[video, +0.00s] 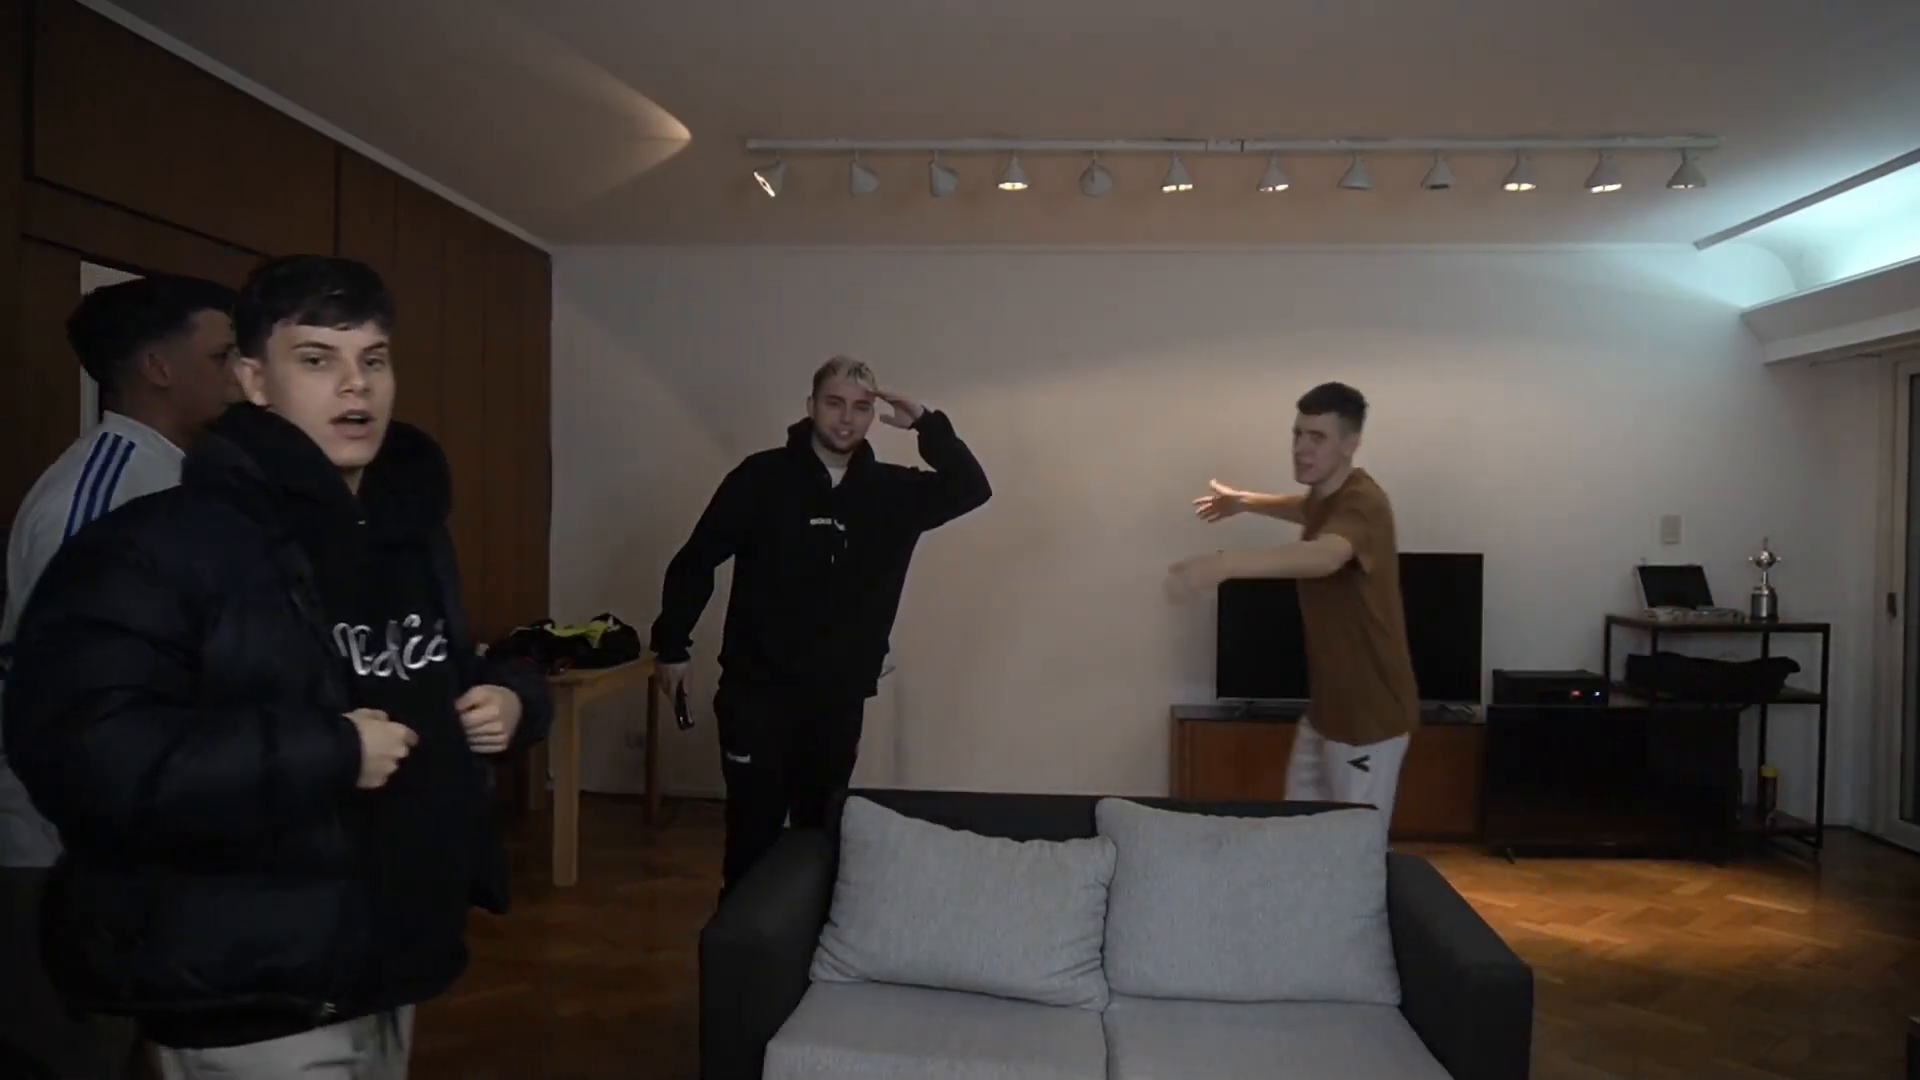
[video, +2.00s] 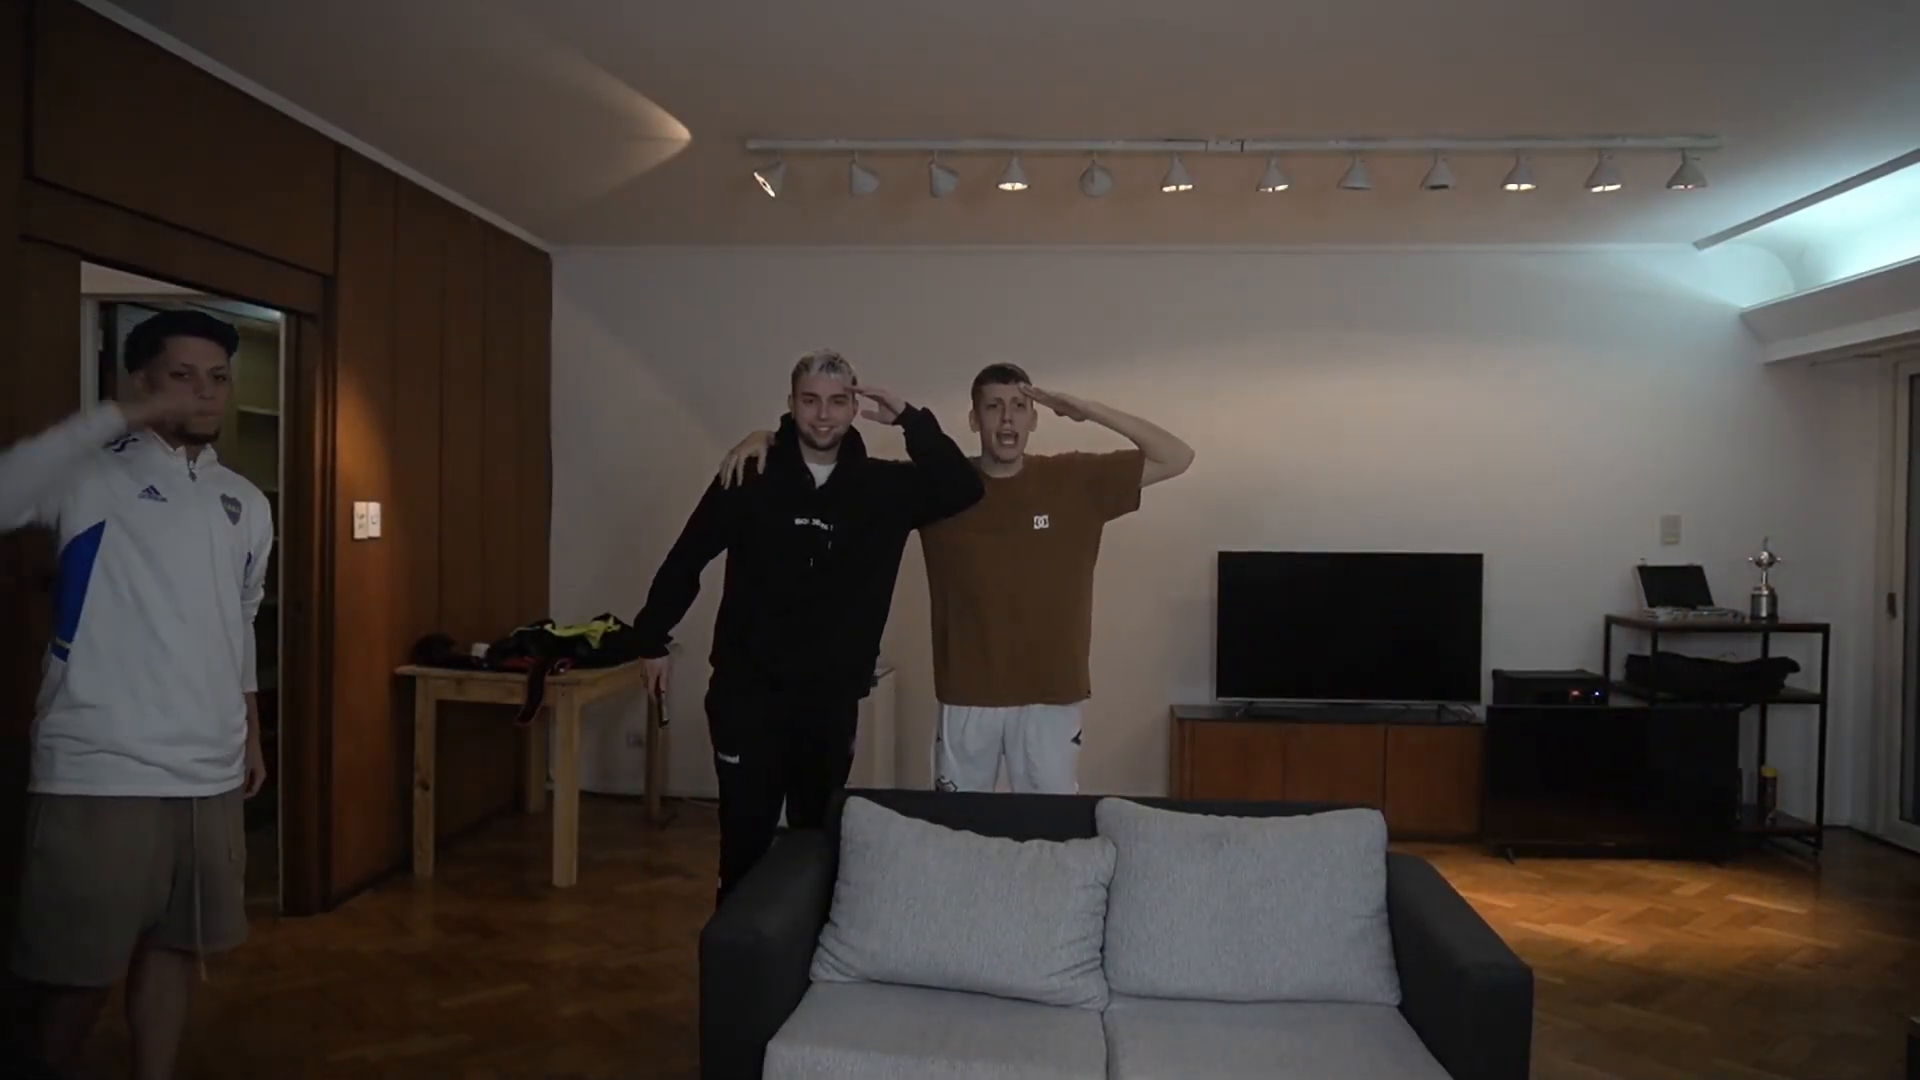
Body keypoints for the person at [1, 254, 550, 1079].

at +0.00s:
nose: (356, 387)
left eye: (374, 360)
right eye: (317, 360)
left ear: (394, 373)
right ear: (251, 377)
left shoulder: (404, 526)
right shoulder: (160, 545)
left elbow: (449, 674)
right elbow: (81, 752)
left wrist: (511, 701)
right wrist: (328, 751)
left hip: (390, 969)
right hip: (247, 994)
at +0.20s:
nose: (282, 372)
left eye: (301, 347)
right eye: (246, 345)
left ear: (325, 364)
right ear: (180, 360)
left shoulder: (334, 502)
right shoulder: (90, 513)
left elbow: (378, 657)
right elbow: (29, 729)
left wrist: (439, 689)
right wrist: (236, 732)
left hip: (318, 942)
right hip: (167, 959)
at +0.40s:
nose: (177, 365)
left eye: (197, 338)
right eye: (138, 339)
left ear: (223, 355)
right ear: (70, 357)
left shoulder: (238, 481)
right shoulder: (30, 489)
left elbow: (284, 650)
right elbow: (22, 722)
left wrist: (366, 676)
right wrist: (159, 721)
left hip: (251, 933)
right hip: (93, 954)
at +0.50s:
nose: (108, 368)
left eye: (129, 340)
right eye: (67, 341)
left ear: (158, 354)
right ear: (9, 360)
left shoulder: (178, 481)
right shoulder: (9, 493)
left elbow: (233, 652)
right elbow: (15, 716)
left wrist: (313, 674)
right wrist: (101, 730)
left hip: (204, 927)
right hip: (49, 947)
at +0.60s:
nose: (37, 367)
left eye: (57, 340)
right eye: (8, 343)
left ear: (88, 357)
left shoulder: (119, 494)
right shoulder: (2, 513)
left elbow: (185, 640)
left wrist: (239, 677)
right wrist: (38, 741)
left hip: (132, 885)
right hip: (15, 903)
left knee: (159, 1056)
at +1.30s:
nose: (105, 375)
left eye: (117, 361)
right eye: (81, 361)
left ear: (133, 374)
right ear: (36, 378)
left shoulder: (187, 487)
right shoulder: (7, 486)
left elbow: (210, 605)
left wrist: (233, 713)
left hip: (166, 777)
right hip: (35, 778)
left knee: (163, 962)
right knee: (33, 981)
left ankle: (153, 1076)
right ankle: (37, 1079)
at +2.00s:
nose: (203, 390)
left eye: (218, 377)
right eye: (182, 375)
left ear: (231, 391)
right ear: (138, 384)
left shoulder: (247, 504)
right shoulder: (88, 469)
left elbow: (241, 628)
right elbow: (7, 495)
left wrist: (247, 725)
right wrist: (122, 411)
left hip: (206, 773)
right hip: (98, 771)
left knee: (174, 957)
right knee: (77, 976)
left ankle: (155, 1073)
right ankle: (53, 1074)